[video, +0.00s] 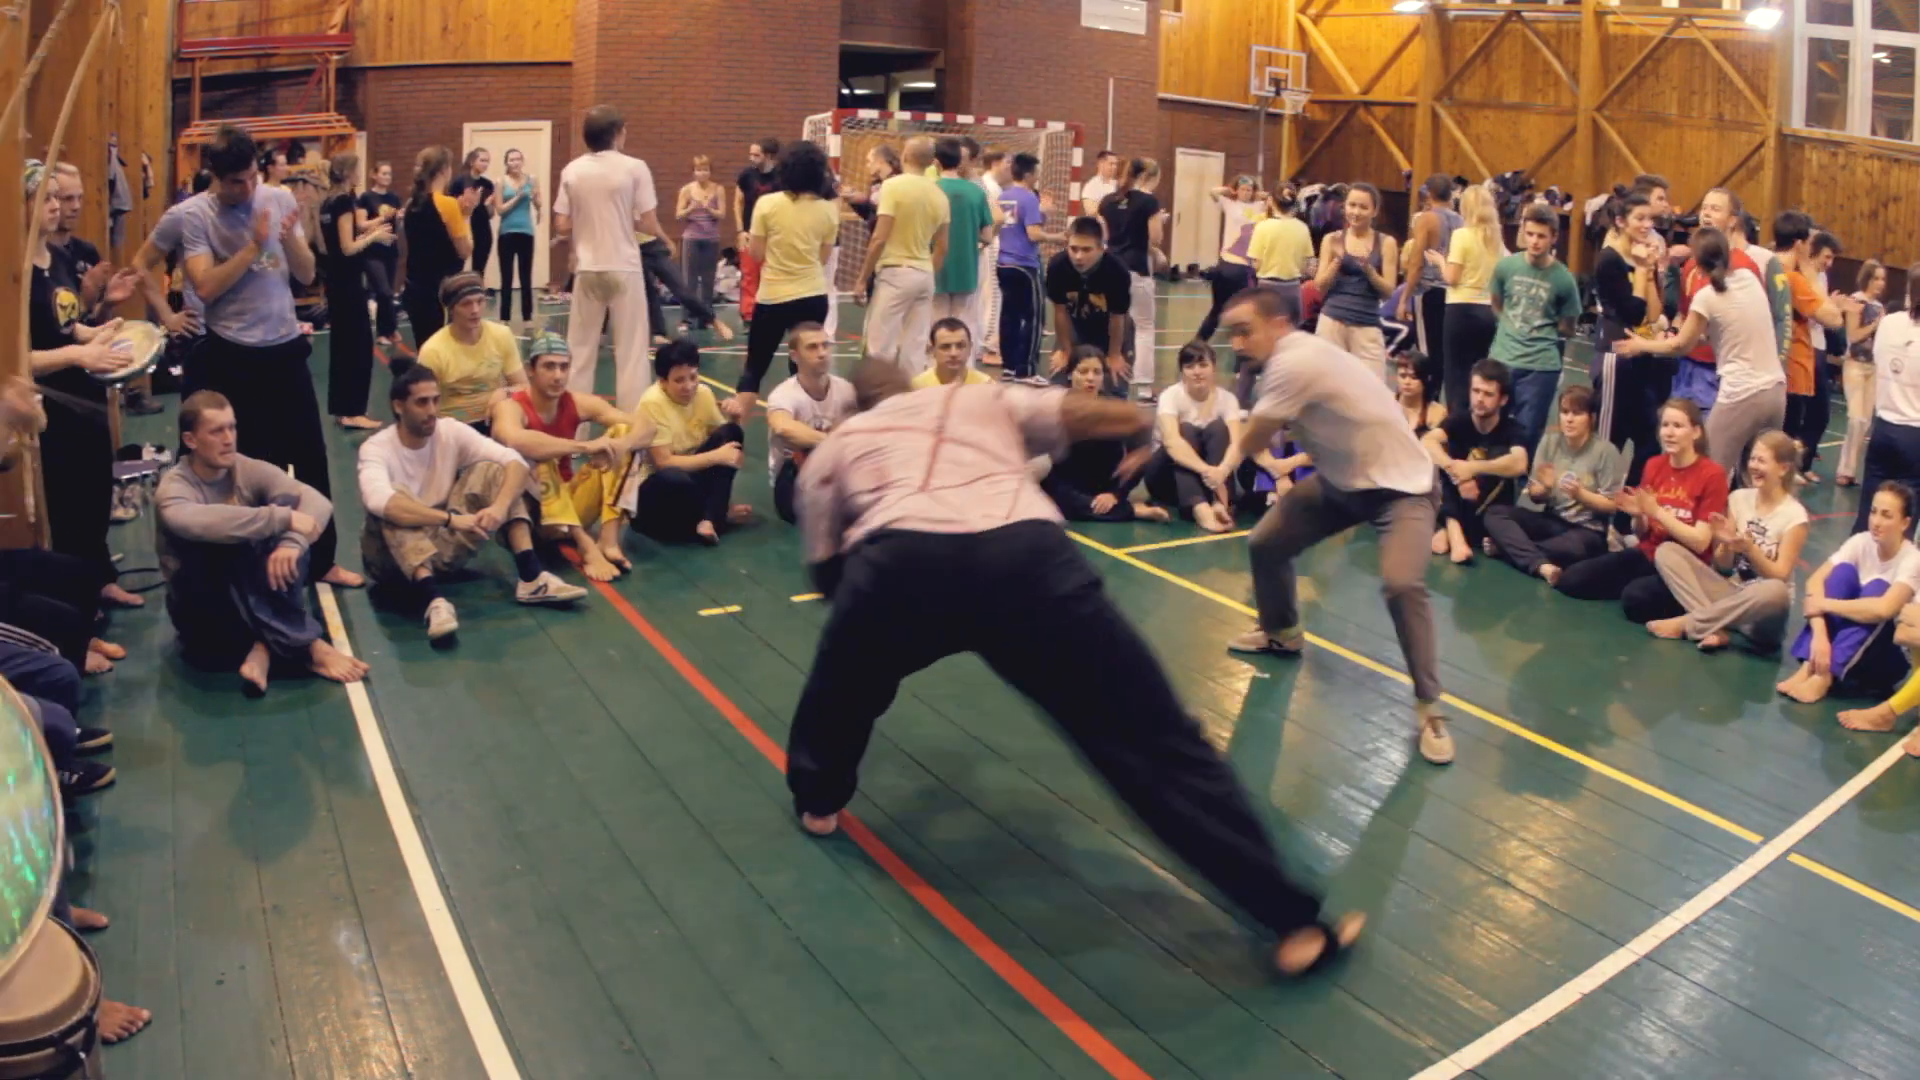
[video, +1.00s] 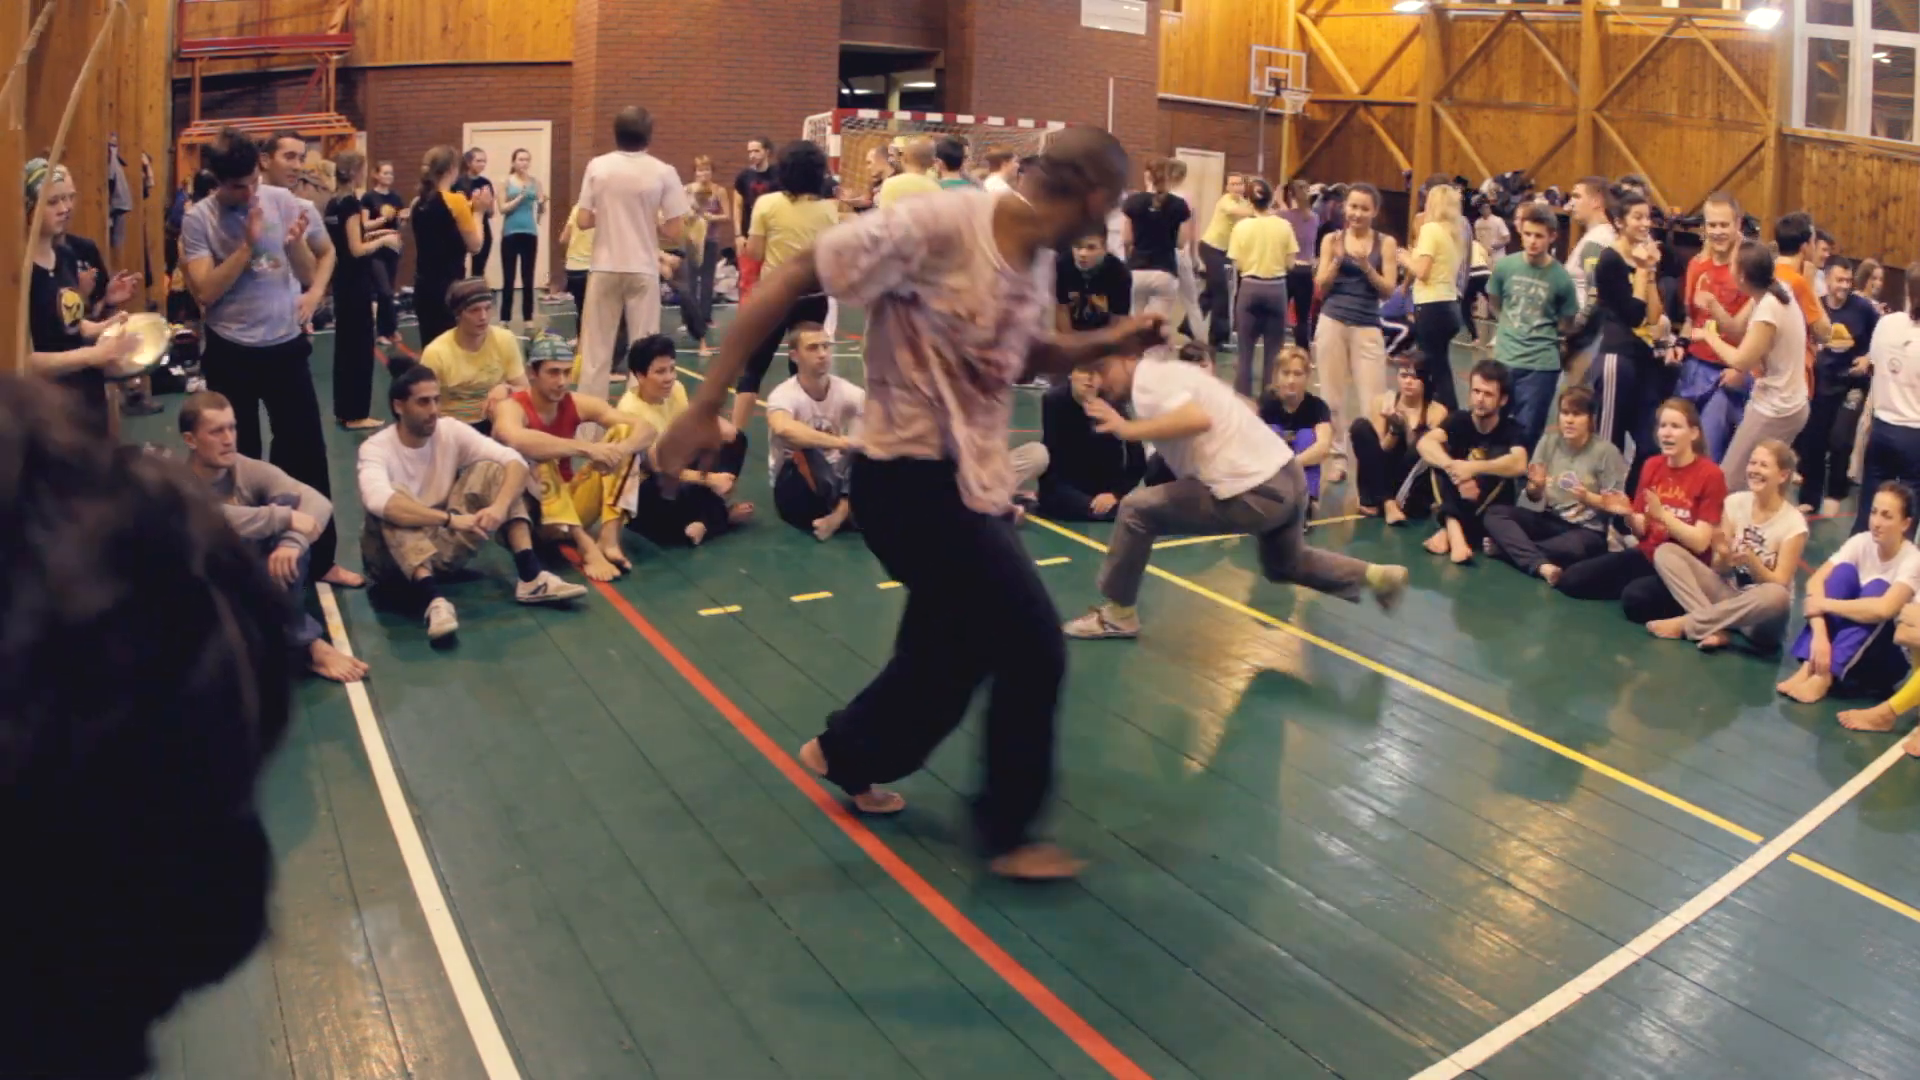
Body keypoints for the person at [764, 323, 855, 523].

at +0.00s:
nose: (822, 354)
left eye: (825, 346)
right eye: (812, 348)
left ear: (831, 348)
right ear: (794, 355)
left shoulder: (846, 390)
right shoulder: (783, 394)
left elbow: (860, 430)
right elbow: (782, 428)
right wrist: (833, 442)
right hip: (796, 472)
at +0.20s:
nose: (821, 354)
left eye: (825, 346)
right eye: (812, 348)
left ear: (830, 349)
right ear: (794, 354)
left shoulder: (842, 388)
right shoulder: (784, 394)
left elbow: (892, 420)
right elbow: (783, 429)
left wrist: (867, 439)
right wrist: (841, 443)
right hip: (797, 498)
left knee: (879, 433)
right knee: (804, 447)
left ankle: (841, 511)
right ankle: (851, 511)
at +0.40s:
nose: (822, 354)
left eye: (825, 346)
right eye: (812, 347)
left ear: (831, 349)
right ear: (794, 355)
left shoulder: (841, 388)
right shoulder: (783, 394)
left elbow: (892, 420)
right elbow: (783, 429)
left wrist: (867, 439)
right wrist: (841, 443)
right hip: (797, 497)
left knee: (879, 433)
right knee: (805, 451)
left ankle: (841, 511)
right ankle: (851, 511)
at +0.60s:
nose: (822, 354)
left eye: (825, 347)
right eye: (812, 348)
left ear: (831, 349)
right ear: (794, 355)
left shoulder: (841, 388)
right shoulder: (784, 394)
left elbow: (892, 420)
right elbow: (783, 429)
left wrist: (867, 439)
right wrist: (841, 443)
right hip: (797, 497)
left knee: (879, 432)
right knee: (805, 451)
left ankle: (841, 511)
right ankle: (851, 511)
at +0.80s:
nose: (822, 354)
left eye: (825, 347)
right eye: (812, 348)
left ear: (831, 349)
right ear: (794, 354)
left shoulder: (840, 388)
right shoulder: (783, 394)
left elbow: (879, 414)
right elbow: (783, 429)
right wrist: (842, 443)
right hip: (797, 496)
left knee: (877, 438)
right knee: (805, 455)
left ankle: (841, 512)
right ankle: (851, 512)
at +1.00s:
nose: (822, 355)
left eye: (826, 347)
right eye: (813, 348)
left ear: (832, 350)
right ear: (794, 355)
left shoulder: (848, 392)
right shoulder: (783, 394)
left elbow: (878, 416)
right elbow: (782, 428)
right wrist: (840, 443)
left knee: (867, 447)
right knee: (807, 455)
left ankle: (838, 516)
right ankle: (848, 512)